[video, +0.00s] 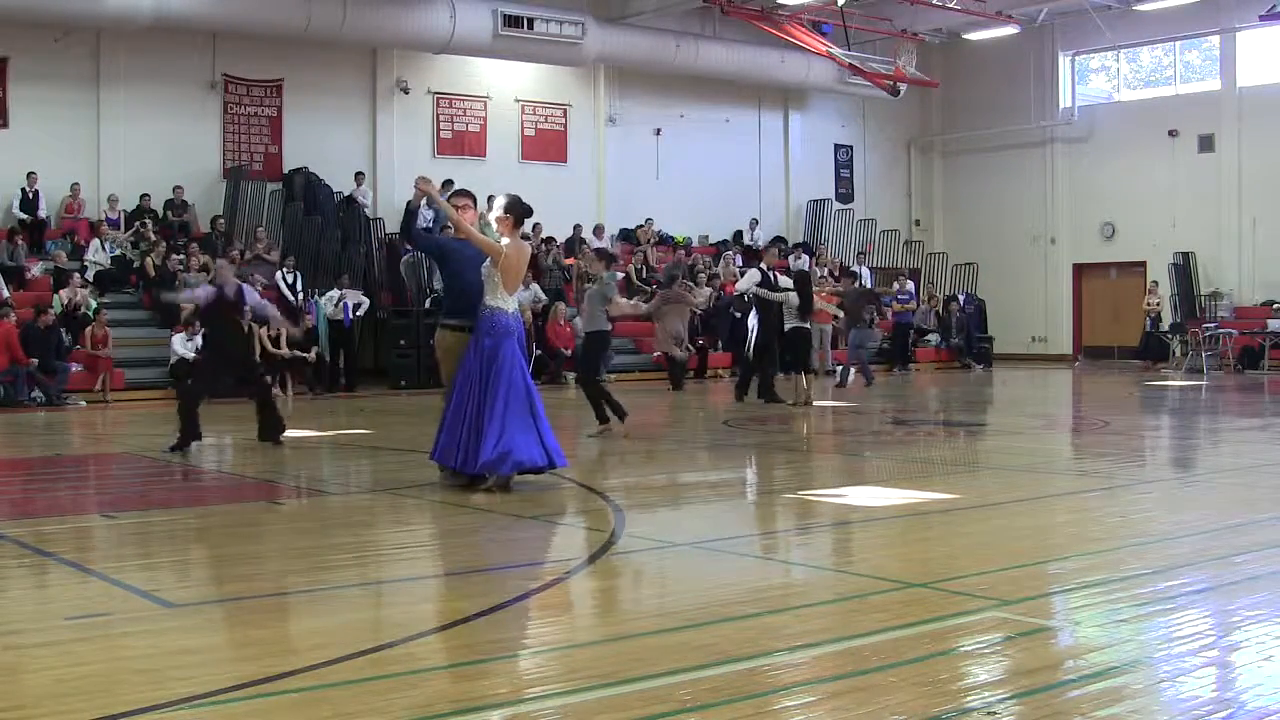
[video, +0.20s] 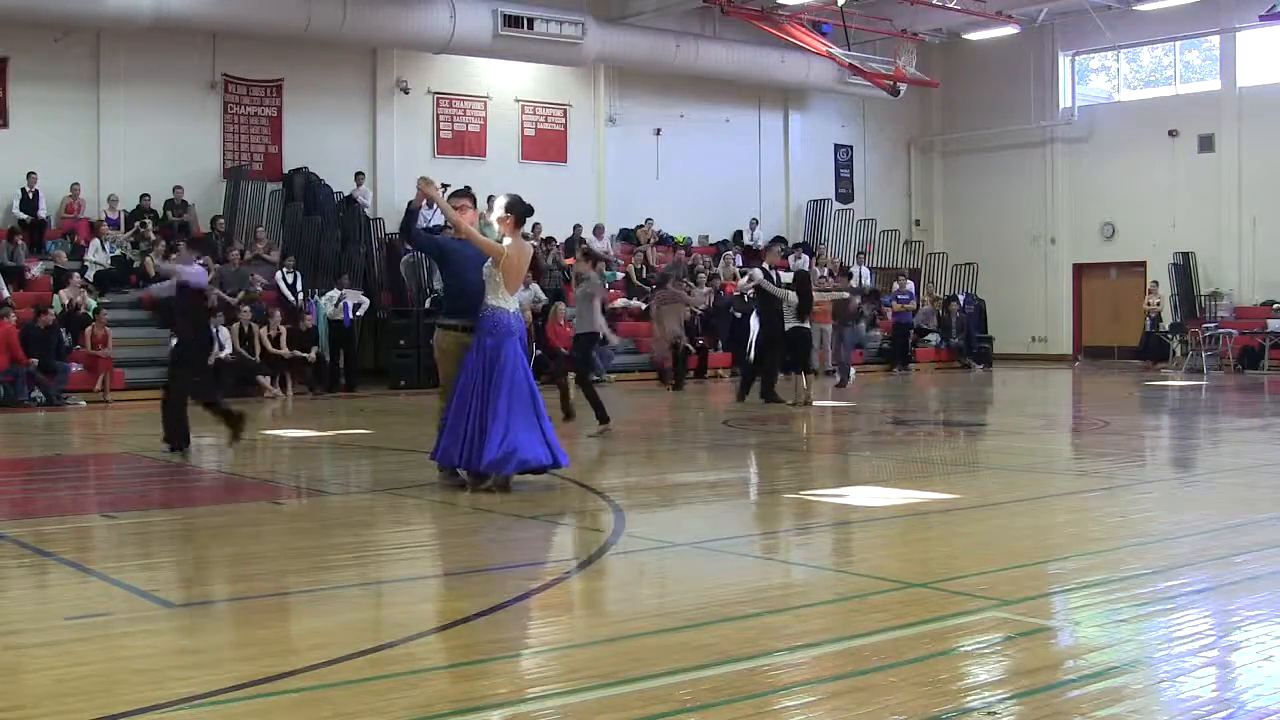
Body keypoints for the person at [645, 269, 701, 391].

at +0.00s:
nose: (682, 284)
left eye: (681, 282)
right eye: (680, 282)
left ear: (666, 280)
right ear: (678, 281)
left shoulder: (661, 295)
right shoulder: (685, 296)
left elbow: (650, 309)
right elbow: (696, 304)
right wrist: (693, 290)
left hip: (665, 326)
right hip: (681, 326)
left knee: (669, 355)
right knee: (681, 353)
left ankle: (675, 382)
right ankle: (679, 381)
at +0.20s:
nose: (674, 283)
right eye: (673, 281)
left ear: (659, 282)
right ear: (670, 281)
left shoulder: (657, 296)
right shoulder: (679, 294)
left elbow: (653, 314)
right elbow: (695, 302)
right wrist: (706, 296)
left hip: (661, 329)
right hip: (676, 328)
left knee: (660, 353)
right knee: (679, 355)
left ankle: (664, 378)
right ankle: (678, 383)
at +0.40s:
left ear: (655, 284)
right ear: (669, 283)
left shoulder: (651, 297)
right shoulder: (673, 294)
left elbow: (648, 314)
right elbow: (685, 301)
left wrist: (648, 327)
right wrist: (700, 297)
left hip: (656, 330)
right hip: (672, 329)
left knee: (653, 357)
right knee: (677, 356)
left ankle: (651, 384)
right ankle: (677, 383)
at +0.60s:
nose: (659, 280)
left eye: (658, 279)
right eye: (658, 279)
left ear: (647, 282)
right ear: (657, 281)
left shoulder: (643, 296)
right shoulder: (666, 294)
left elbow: (637, 315)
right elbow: (681, 303)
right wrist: (696, 298)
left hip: (648, 331)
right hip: (664, 330)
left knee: (649, 358)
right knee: (672, 353)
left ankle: (650, 384)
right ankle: (674, 381)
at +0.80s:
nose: (658, 280)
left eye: (656, 278)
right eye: (656, 278)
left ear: (645, 281)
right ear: (654, 280)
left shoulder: (641, 297)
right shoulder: (664, 295)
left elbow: (631, 316)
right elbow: (678, 303)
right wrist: (691, 302)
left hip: (645, 332)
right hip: (661, 332)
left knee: (647, 360)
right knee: (659, 359)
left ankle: (650, 385)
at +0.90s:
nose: (657, 284)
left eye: (656, 282)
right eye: (656, 282)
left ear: (646, 283)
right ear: (655, 282)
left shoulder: (641, 298)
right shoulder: (663, 297)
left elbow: (633, 314)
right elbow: (673, 307)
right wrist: (685, 307)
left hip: (645, 330)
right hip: (660, 330)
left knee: (648, 359)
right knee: (656, 359)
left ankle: (650, 386)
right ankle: (646, 383)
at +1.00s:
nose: (657, 286)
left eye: (656, 283)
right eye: (656, 284)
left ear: (645, 285)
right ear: (653, 285)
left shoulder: (642, 300)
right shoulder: (662, 298)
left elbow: (641, 315)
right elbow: (670, 313)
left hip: (649, 327)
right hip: (662, 327)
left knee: (652, 356)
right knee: (656, 356)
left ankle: (649, 382)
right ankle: (645, 383)